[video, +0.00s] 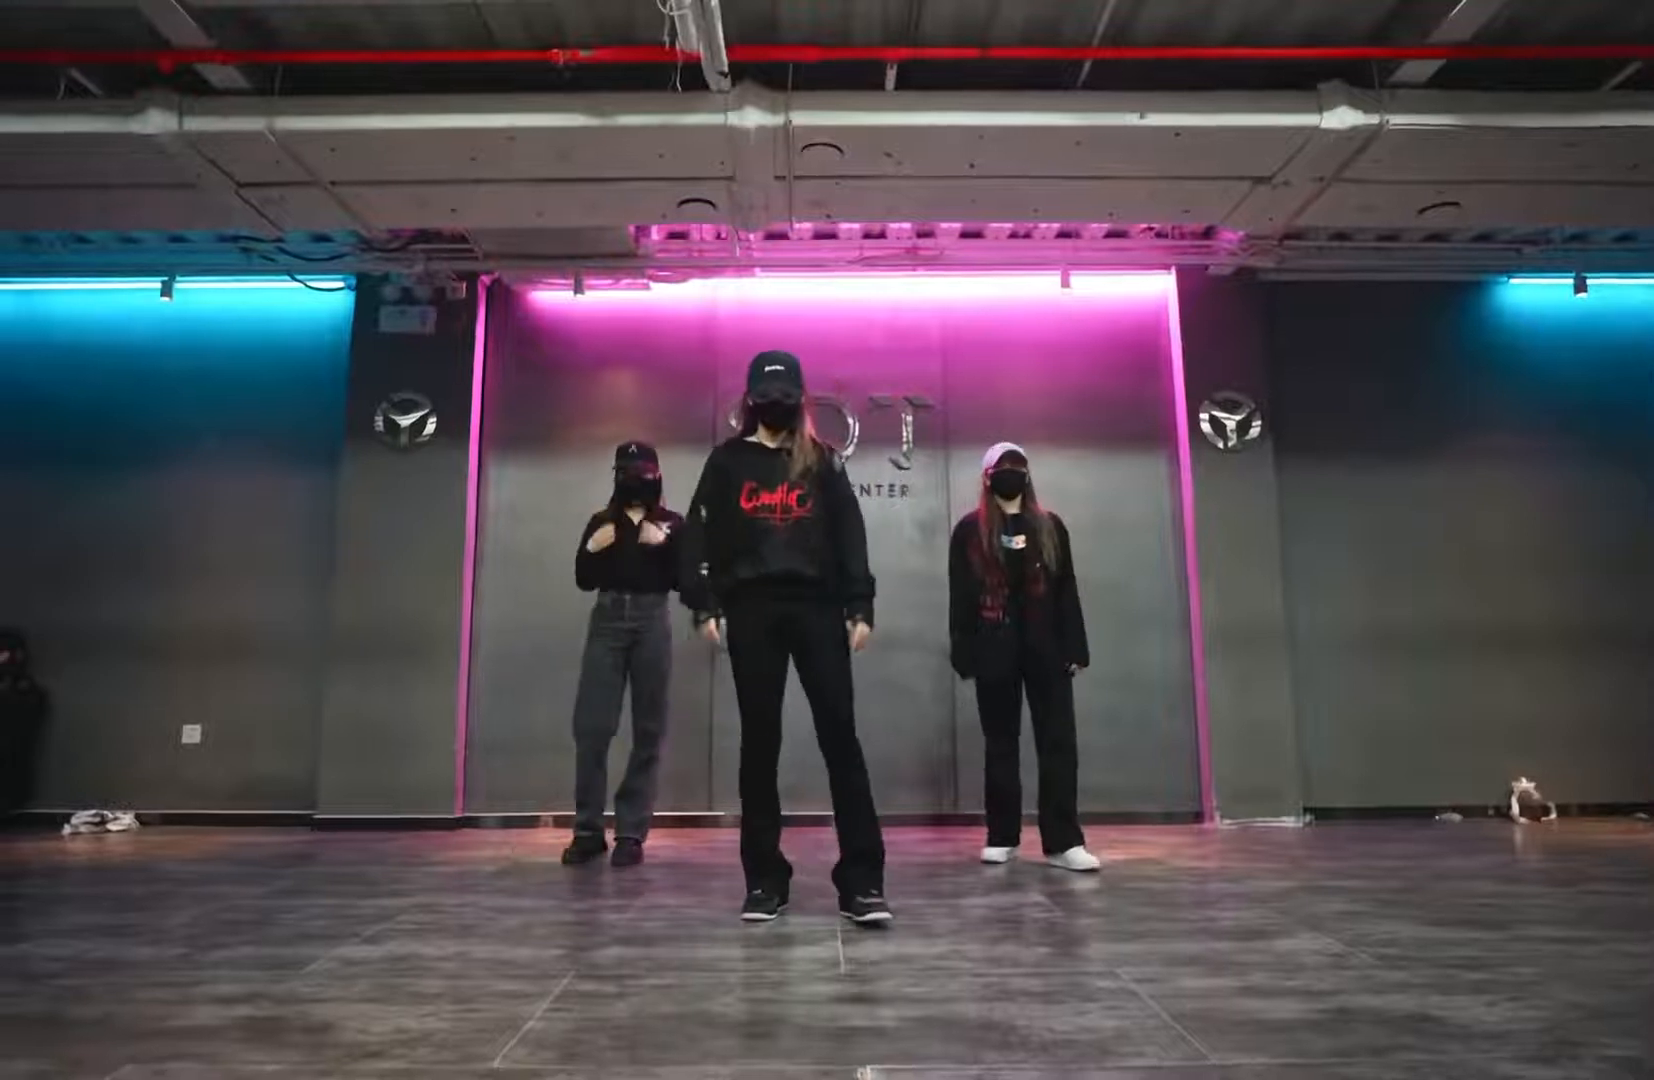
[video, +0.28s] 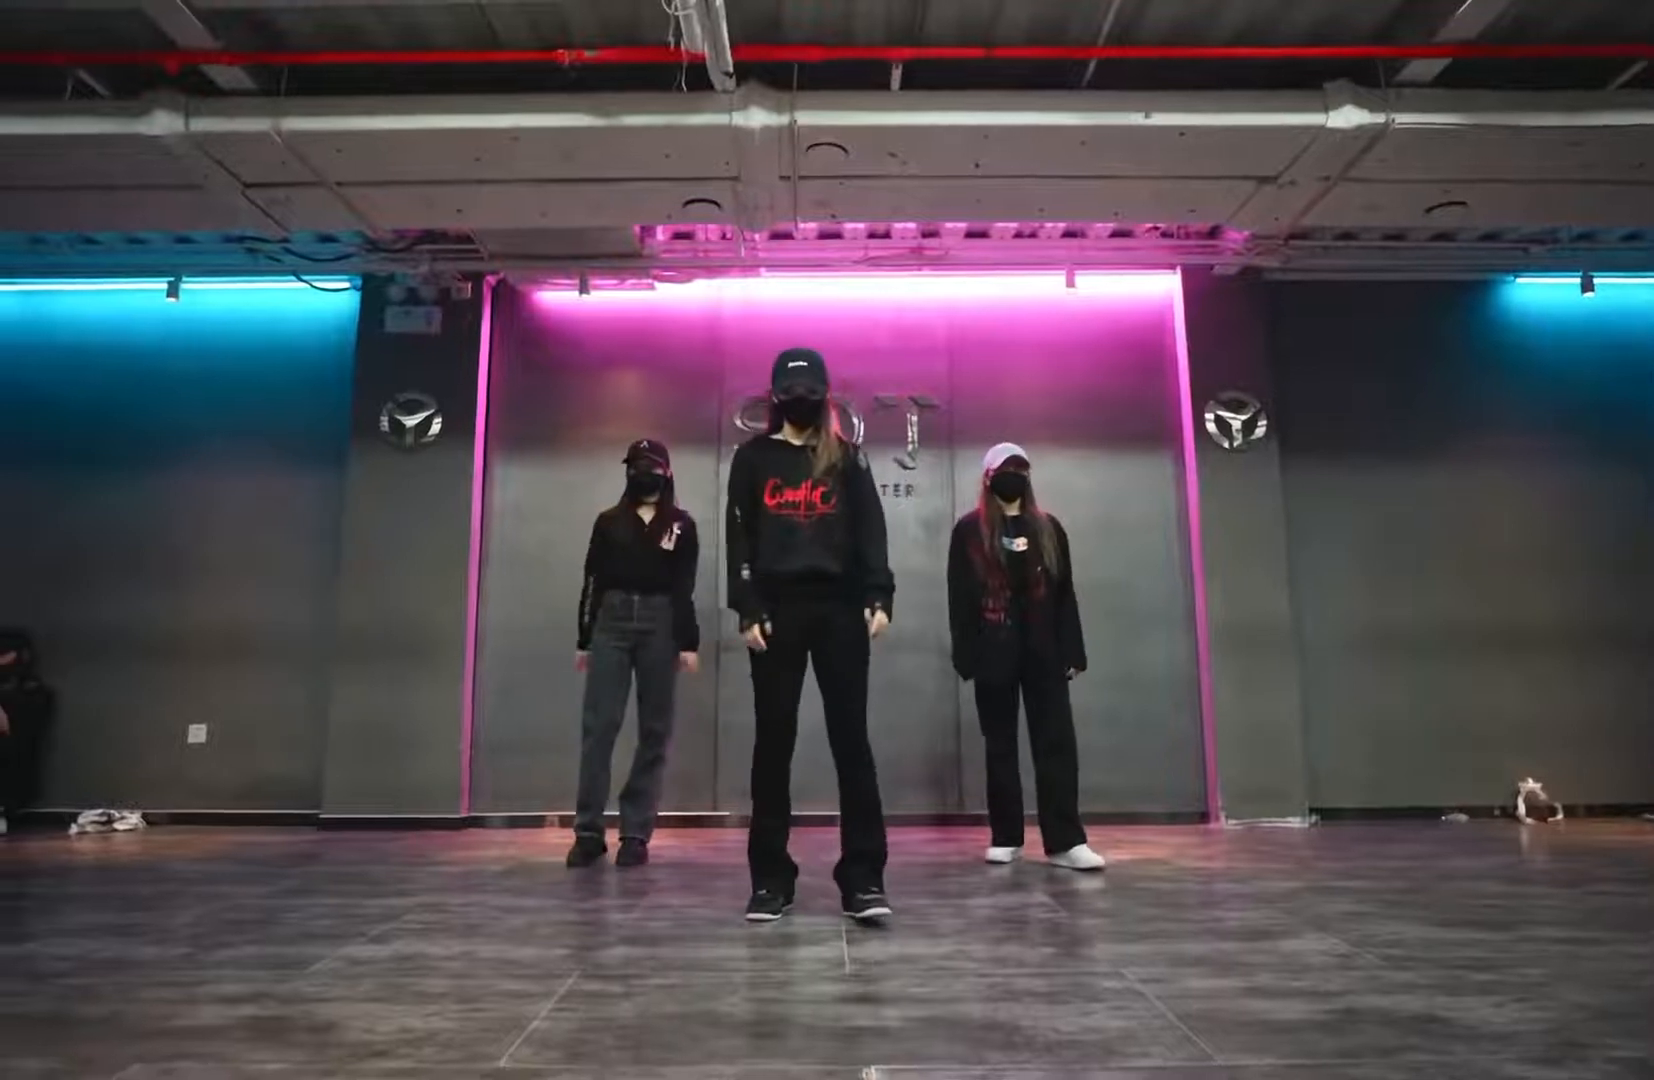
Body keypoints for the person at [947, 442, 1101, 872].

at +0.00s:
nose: (1010, 478)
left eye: (1017, 471)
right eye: (1001, 472)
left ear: (1027, 475)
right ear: (987, 478)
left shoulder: (1050, 526)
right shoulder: (969, 531)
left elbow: (1066, 591)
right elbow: (961, 597)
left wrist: (1075, 647)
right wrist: (964, 654)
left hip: (1047, 653)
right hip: (994, 656)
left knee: (1059, 746)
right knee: (1001, 747)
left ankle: (1064, 842)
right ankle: (1001, 839)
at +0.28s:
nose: (1013, 479)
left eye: (1019, 472)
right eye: (1004, 473)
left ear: (1027, 476)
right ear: (988, 478)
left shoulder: (1049, 527)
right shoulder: (970, 530)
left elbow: (1065, 593)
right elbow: (960, 597)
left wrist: (1074, 650)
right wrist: (965, 655)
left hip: (1045, 654)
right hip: (993, 657)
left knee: (1057, 746)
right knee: (1001, 748)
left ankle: (1066, 842)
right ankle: (1005, 839)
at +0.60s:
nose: (1017, 484)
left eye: (1022, 476)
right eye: (1008, 477)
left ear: (1028, 478)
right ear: (991, 480)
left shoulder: (1048, 529)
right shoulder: (969, 531)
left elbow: (1065, 597)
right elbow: (957, 598)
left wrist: (1072, 654)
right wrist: (959, 658)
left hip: (1043, 654)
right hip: (991, 657)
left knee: (1053, 745)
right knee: (1000, 748)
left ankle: (1064, 838)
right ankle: (1007, 839)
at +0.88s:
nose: (1020, 481)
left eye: (1026, 474)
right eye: (1011, 474)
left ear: (1035, 478)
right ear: (996, 479)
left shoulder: (1055, 528)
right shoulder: (974, 531)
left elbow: (1071, 597)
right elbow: (965, 598)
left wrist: (1079, 655)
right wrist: (966, 658)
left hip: (1051, 655)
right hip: (997, 658)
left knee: (1064, 743)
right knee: (1005, 747)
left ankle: (1066, 836)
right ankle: (1010, 839)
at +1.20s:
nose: (1033, 477)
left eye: (1039, 470)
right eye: (1024, 470)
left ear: (1049, 475)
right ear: (1009, 477)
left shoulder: (1071, 525)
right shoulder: (990, 528)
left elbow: (1087, 593)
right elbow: (978, 595)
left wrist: (1093, 649)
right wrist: (979, 652)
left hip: (1066, 656)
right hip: (1012, 657)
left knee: (1068, 749)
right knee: (1015, 748)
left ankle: (1066, 839)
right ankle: (1010, 839)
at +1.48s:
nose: (1044, 475)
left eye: (1050, 468)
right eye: (1035, 469)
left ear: (1059, 473)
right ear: (1019, 475)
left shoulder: (1080, 524)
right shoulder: (998, 526)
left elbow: (1096, 592)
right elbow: (988, 594)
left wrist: (1101, 649)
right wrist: (990, 651)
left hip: (1069, 657)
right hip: (1016, 657)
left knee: (1066, 749)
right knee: (1016, 749)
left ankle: (1063, 838)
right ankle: (1012, 840)